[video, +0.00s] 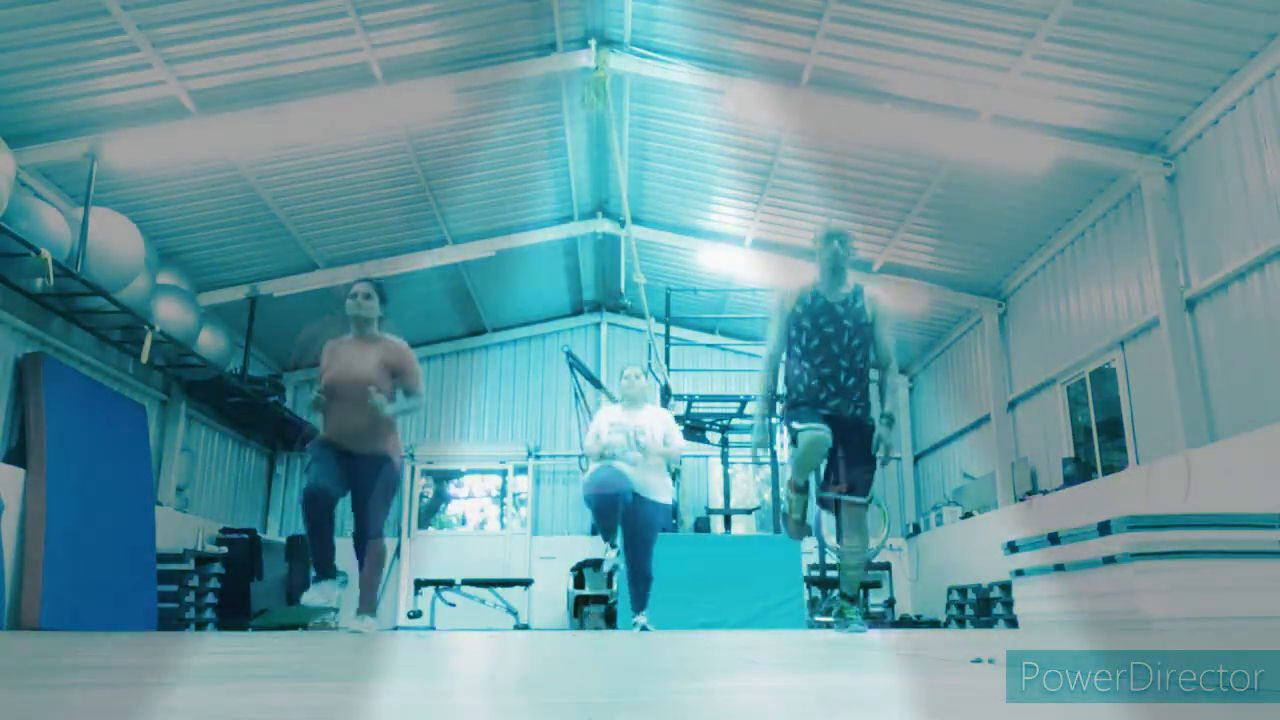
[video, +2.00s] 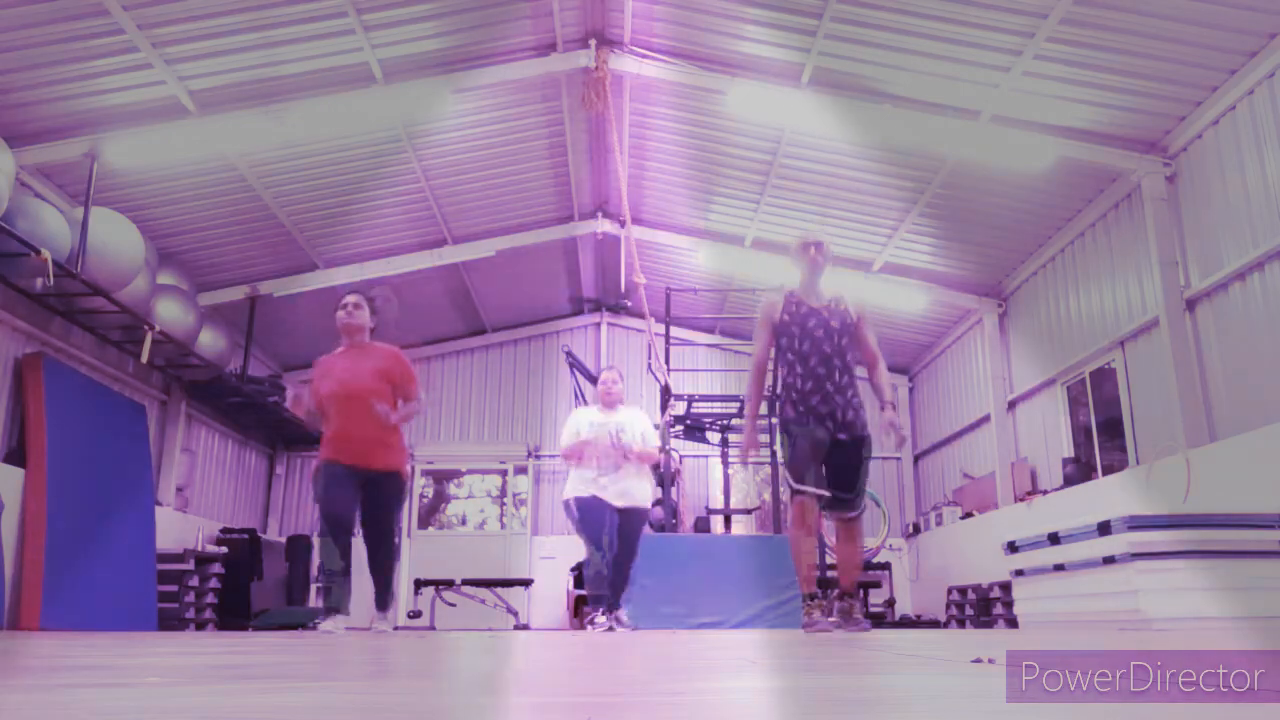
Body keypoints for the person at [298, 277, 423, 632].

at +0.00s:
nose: (359, 301)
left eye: (367, 296)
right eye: (353, 296)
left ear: (381, 306)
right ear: (345, 305)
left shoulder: (395, 349)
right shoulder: (332, 349)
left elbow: (416, 397)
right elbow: (323, 400)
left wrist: (391, 407)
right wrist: (319, 398)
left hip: (377, 453)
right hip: (334, 447)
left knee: (368, 532)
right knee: (315, 493)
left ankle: (366, 613)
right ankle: (326, 579)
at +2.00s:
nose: (349, 311)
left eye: (357, 307)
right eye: (343, 307)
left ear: (371, 319)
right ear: (336, 320)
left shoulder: (390, 356)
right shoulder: (324, 364)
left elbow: (415, 402)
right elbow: (319, 417)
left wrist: (396, 416)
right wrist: (300, 407)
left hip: (383, 463)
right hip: (338, 461)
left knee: (380, 536)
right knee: (335, 529)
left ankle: (383, 610)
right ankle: (335, 611)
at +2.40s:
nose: (348, 295)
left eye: (356, 290)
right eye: (342, 289)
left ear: (370, 301)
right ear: (333, 299)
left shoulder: (388, 342)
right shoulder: (315, 344)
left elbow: (408, 391)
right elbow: (303, 398)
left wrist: (391, 396)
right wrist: (317, 391)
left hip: (377, 431)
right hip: (329, 442)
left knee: (353, 449)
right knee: (331, 529)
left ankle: (359, 539)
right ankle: (341, 610)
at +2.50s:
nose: (352, 278)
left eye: (360, 273)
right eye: (346, 273)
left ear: (372, 285)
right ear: (335, 283)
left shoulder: (388, 325)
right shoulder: (316, 324)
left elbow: (408, 375)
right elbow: (298, 377)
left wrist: (390, 388)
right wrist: (312, 375)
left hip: (373, 419)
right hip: (326, 426)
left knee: (351, 460)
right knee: (329, 503)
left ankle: (345, 559)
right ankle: (340, 598)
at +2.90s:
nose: (351, 264)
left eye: (360, 259)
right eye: (345, 259)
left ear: (374, 272)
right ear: (336, 270)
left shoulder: (389, 314)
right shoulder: (317, 313)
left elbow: (408, 367)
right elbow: (304, 365)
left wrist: (390, 390)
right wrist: (303, 381)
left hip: (366, 422)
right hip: (320, 423)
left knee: (352, 487)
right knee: (324, 505)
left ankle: (344, 572)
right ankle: (336, 592)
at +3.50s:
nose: (318, 265)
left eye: (328, 259)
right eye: (312, 259)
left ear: (343, 272)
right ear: (302, 271)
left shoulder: (360, 313)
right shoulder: (287, 323)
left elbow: (379, 376)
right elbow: (285, 389)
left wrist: (369, 424)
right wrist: (262, 429)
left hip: (349, 437)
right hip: (297, 438)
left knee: (348, 530)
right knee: (292, 523)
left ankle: (354, 594)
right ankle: (298, 612)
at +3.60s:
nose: (317, 250)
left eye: (326, 244)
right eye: (311, 244)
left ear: (341, 256)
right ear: (301, 255)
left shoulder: (361, 303)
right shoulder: (281, 308)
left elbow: (388, 363)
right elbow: (262, 366)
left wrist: (383, 419)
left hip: (347, 427)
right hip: (294, 431)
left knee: (341, 501)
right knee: (291, 527)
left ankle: (349, 559)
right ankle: (298, 612)